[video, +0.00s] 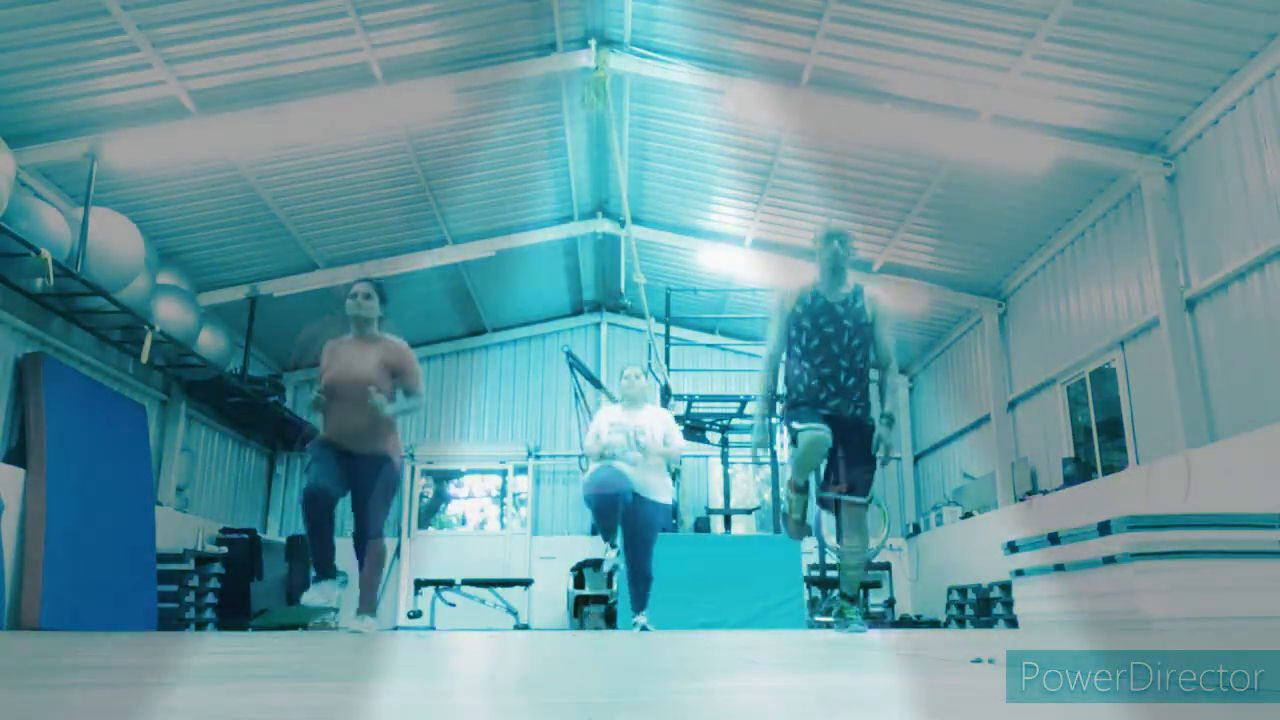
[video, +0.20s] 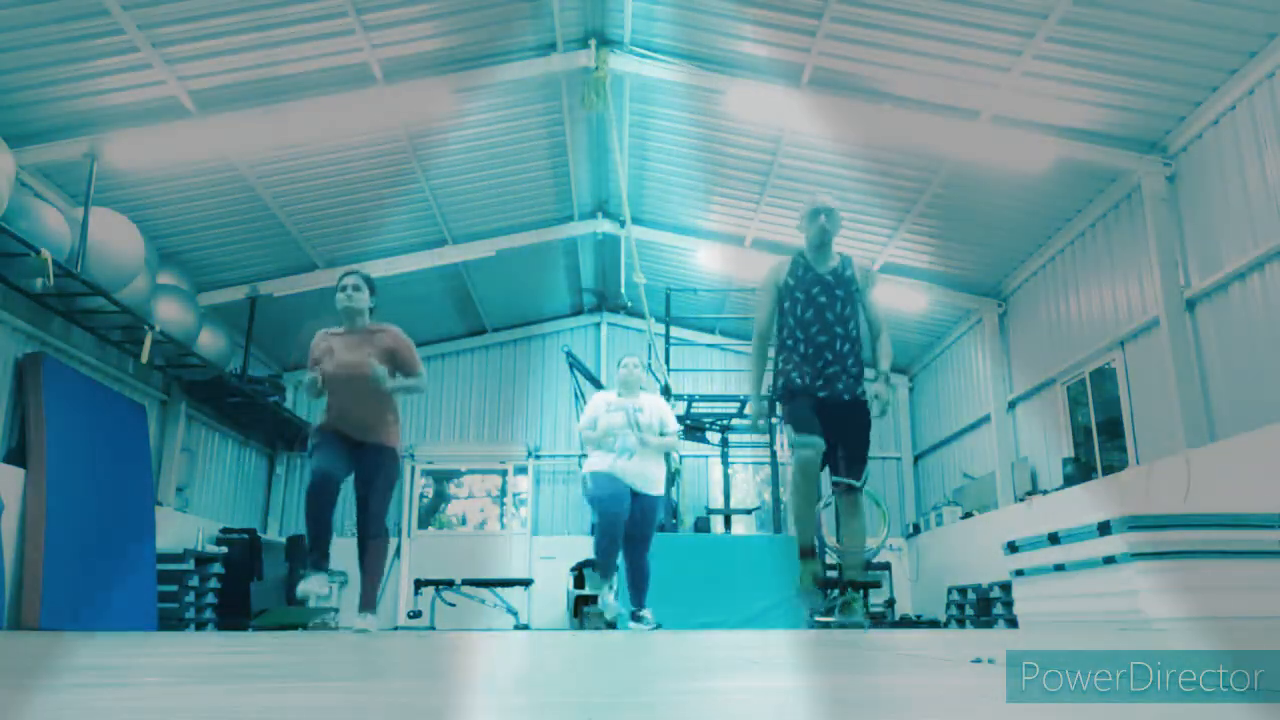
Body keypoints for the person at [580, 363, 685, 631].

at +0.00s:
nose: (631, 381)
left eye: (637, 377)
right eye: (626, 377)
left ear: (647, 385)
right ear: (619, 386)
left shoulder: (661, 416)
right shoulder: (606, 412)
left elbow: (677, 454)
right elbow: (589, 448)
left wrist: (651, 449)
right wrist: (608, 446)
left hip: (649, 488)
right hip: (612, 479)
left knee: (640, 555)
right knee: (606, 482)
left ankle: (639, 613)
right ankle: (610, 544)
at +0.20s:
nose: (630, 369)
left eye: (636, 366)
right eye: (625, 365)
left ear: (644, 376)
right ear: (616, 374)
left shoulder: (657, 402)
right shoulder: (601, 399)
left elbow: (674, 441)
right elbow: (584, 437)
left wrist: (647, 439)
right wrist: (603, 433)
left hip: (647, 479)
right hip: (606, 471)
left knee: (638, 547)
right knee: (613, 510)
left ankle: (639, 609)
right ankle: (606, 580)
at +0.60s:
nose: (619, 373)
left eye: (623, 369)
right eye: (614, 368)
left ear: (631, 375)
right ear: (606, 375)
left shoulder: (645, 403)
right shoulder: (588, 401)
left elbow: (663, 440)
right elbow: (575, 439)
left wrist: (643, 443)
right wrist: (599, 442)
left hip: (642, 486)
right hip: (601, 486)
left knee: (647, 535)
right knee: (610, 544)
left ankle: (631, 578)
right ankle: (608, 605)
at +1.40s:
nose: (619, 378)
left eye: (624, 373)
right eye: (615, 373)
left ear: (634, 378)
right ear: (609, 379)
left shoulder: (650, 407)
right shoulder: (593, 404)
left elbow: (666, 445)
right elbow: (577, 441)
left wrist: (645, 447)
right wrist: (595, 443)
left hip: (637, 483)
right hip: (596, 479)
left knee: (629, 549)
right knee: (590, 519)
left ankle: (628, 607)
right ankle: (596, 565)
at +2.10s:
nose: (611, 374)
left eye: (616, 369)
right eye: (605, 369)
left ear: (623, 373)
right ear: (595, 373)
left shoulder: (636, 401)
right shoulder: (577, 398)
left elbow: (654, 441)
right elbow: (563, 437)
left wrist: (634, 436)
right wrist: (591, 428)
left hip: (632, 479)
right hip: (588, 480)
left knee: (638, 534)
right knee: (596, 543)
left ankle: (616, 570)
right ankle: (596, 606)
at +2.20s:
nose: (609, 371)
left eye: (614, 367)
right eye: (604, 366)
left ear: (622, 368)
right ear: (593, 368)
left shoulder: (634, 395)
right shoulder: (574, 393)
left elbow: (653, 435)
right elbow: (560, 432)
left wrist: (635, 433)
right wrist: (588, 430)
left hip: (627, 461)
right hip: (584, 468)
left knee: (641, 495)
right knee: (597, 541)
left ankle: (623, 549)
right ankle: (595, 604)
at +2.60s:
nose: (607, 361)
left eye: (613, 357)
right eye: (602, 356)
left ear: (621, 365)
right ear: (591, 363)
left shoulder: (633, 393)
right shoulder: (572, 391)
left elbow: (653, 435)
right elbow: (555, 432)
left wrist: (634, 436)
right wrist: (580, 434)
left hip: (625, 472)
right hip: (582, 477)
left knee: (616, 517)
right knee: (592, 545)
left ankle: (620, 576)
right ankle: (598, 608)